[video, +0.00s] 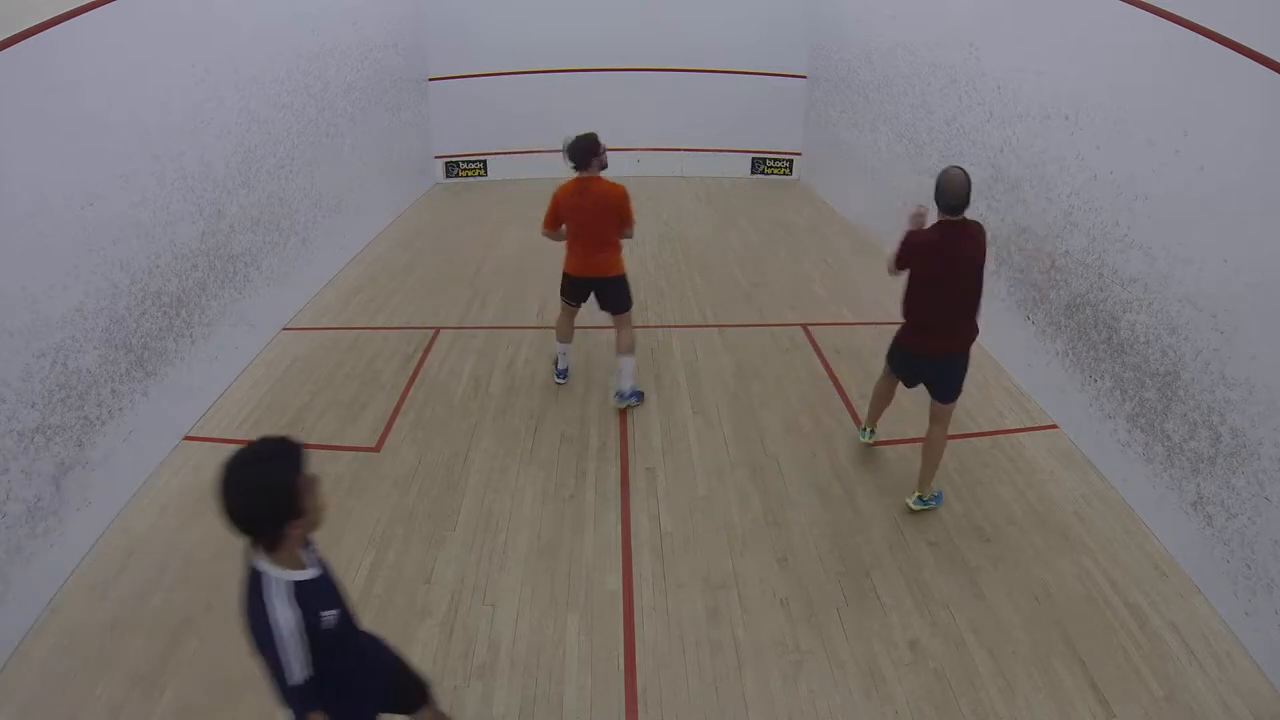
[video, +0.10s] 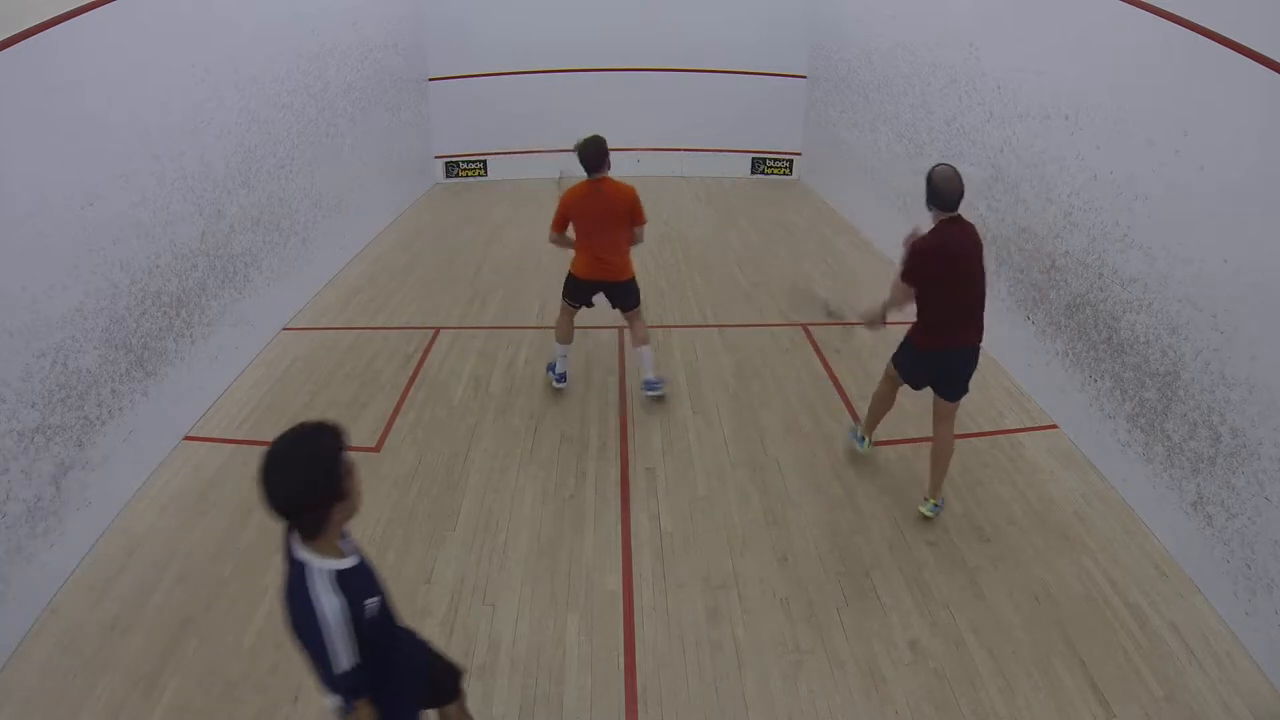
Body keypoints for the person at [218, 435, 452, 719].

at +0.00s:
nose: (316, 487)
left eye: (308, 482)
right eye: (306, 487)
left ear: (291, 522)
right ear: (293, 518)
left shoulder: (296, 550)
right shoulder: (278, 608)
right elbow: (302, 699)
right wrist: (311, 712)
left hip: (354, 651)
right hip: (331, 690)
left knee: (418, 698)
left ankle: (432, 714)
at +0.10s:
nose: (356, 474)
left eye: (350, 469)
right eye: (349, 473)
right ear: (335, 505)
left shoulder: (316, 535)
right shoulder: (323, 601)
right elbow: (353, 694)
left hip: (391, 643)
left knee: (446, 681)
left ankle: (455, 712)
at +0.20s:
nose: (385, 470)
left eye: (380, 461)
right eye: (380, 464)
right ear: (369, 485)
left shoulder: (341, 525)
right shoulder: (361, 592)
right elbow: (390, 692)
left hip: (432, 645)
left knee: (466, 677)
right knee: (459, 709)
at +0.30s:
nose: (414, 452)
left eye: (410, 443)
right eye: (411, 448)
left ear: (346, 477)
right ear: (409, 475)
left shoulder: (355, 518)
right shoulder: (401, 588)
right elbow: (425, 692)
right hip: (461, 699)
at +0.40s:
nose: (446, 447)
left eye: (439, 440)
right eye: (442, 445)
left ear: (377, 479)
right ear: (444, 473)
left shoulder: (377, 514)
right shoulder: (446, 588)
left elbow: (364, 568)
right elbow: (468, 693)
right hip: (488, 695)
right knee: (546, 712)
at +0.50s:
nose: (484, 453)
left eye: (476, 446)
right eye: (478, 448)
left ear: (409, 477)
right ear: (480, 474)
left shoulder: (400, 526)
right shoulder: (484, 590)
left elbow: (376, 588)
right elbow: (513, 696)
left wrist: (431, 606)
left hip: (457, 682)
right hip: (510, 701)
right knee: (567, 712)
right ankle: (622, 717)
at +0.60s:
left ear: (441, 495)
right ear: (518, 489)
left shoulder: (424, 550)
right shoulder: (536, 605)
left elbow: (397, 619)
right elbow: (563, 705)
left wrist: (455, 621)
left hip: (482, 698)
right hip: (536, 709)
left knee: (490, 704)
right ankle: (638, 716)